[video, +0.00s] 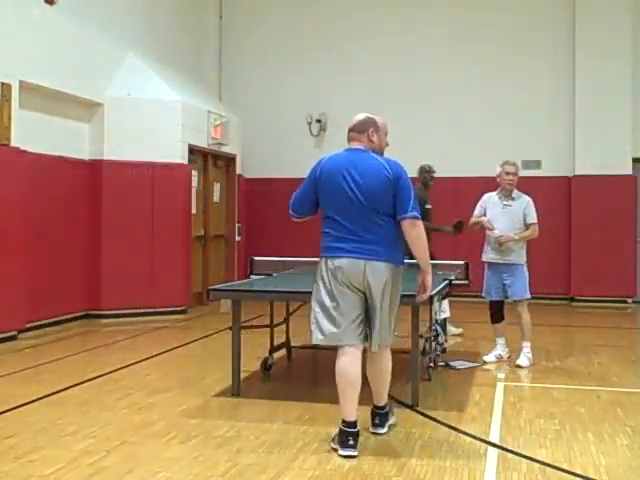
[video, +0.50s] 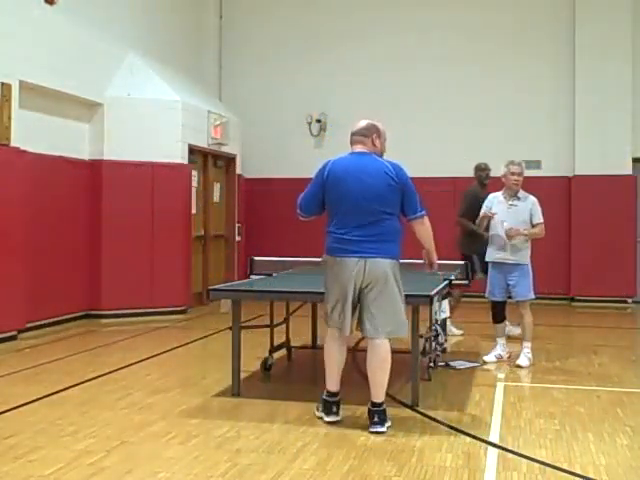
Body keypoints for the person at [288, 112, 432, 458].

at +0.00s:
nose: (386, 142)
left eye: (386, 135)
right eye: (385, 136)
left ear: (351, 135)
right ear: (372, 135)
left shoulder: (325, 166)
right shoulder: (392, 169)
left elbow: (297, 210)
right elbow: (410, 221)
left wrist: (326, 192)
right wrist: (426, 269)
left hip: (339, 265)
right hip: (382, 268)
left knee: (348, 347)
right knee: (380, 344)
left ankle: (347, 434)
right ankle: (380, 416)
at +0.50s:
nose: (385, 147)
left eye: (384, 142)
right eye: (384, 142)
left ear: (352, 141)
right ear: (376, 141)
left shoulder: (331, 168)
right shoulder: (393, 171)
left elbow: (305, 210)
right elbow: (417, 217)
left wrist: (332, 195)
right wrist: (431, 253)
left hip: (341, 264)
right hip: (382, 266)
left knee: (337, 331)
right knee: (378, 336)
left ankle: (331, 403)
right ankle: (378, 413)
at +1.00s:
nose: (359, 149)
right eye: (359, 145)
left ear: (331, 146)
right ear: (357, 147)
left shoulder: (310, 170)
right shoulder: (372, 173)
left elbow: (289, 214)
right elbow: (387, 222)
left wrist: (315, 225)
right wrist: (379, 259)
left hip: (321, 260)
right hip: (360, 261)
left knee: (327, 328)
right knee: (365, 325)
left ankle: (330, 402)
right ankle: (368, 391)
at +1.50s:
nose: (350, 148)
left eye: (345, 145)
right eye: (356, 146)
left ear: (339, 150)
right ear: (364, 154)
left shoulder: (321, 166)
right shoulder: (378, 181)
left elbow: (297, 207)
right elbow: (387, 230)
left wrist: (311, 235)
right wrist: (382, 261)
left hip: (328, 253)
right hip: (363, 257)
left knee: (330, 327)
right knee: (356, 330)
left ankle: (331, 401)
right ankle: (353, 398)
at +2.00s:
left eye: (343, 142)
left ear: (341, 148)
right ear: (365, 152)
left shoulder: (331, 165)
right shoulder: (380, 182)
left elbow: (313, 205)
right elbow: (384, 233)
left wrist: (300, 234)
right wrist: (378, 267)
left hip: (330, 251)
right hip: (367, 257)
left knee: (317, 323)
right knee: (358, 329)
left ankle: (319, 397)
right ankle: (353, 398)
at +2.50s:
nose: (302, 152)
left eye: (302, 148)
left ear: (304, 150)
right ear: (329, 148)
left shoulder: (300, 171)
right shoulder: (351, 175)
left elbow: (284, 218)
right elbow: (369, 222)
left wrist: (265, 257)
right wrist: (352, 245)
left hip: (307, 259)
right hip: (343, 260)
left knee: (299, 328)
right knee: (344, 330)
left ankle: (293, 402)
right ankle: (352, 398)